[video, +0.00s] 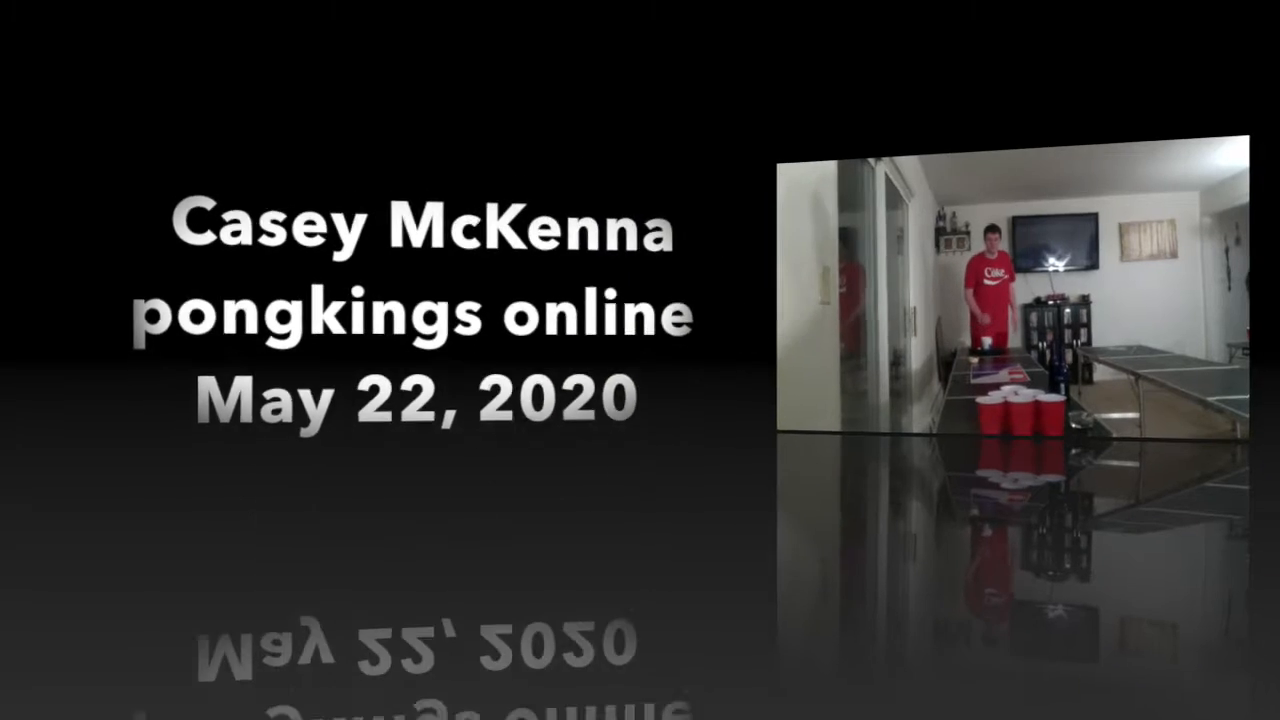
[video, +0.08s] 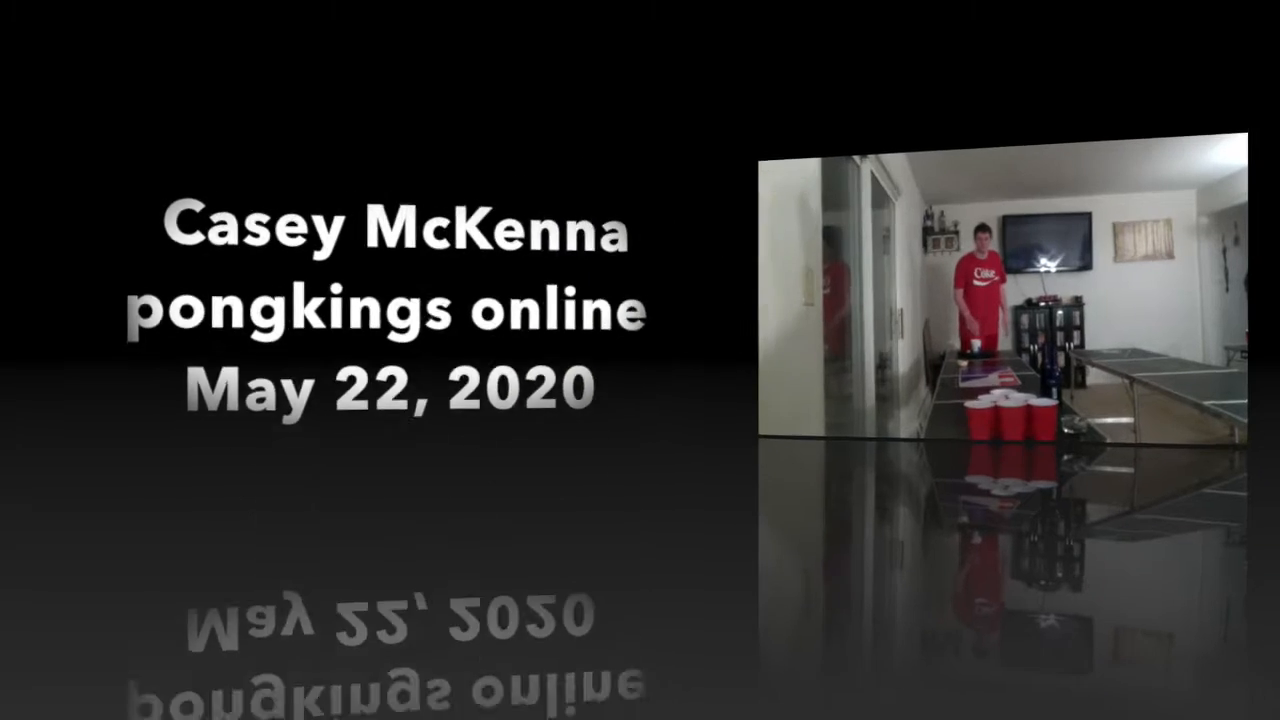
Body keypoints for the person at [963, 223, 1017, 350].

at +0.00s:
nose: (993, 243)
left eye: (996, 240)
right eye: (989, 240)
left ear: (1000, 240)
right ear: (984, 241)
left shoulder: (1005, 258)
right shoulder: (975, 262)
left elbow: (1010, 286)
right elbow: (968, 293)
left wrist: (1014, 312)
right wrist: (979, 315)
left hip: (1001, 319)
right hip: (982, 320)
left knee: (1001, 359)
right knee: (981, 359)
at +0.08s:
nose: (983, 243)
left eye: (986, 239)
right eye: (979, 239)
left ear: (990, 240)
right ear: (975, 241)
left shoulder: (996, 259)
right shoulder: (965, 262)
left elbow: (1001, 288)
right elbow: (958, 294)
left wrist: (1005, 313)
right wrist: (969, 319)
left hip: (991, 323)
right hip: (971, 324)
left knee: (991, 364)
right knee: (971, 365)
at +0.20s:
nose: (962, 242)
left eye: (966, 238)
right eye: (959, 238)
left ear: (970, 240)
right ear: (953, 240)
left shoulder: (976, 260)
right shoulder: (943, 263)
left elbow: (982, 291)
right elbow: (937, 298)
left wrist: (987, 320)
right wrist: (947, 325)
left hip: (971, 328)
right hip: (950, 329)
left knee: (971, 371)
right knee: (952, 372)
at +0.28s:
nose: (945, 242)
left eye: (949, 238)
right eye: (941, 238)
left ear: (954, 240)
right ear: (936, 240)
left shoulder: (960, 261)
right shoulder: (924, 263)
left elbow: (966, 294)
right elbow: (919, 300)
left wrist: (971, 325)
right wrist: (929, 331)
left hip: (955, 332)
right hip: (933, 333)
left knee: (954, 378)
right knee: (934, 378)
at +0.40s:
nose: (914, 241)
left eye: (918, 236)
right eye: (909, 236)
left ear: (923, 239)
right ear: (903, 238)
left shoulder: (931, 262)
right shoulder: (891, 265)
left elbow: (938, 299)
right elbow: (886, 306)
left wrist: (943, 332)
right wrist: (898, 340)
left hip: (925, 340)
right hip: (900, 342)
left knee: (924, 391)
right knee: (902, 391)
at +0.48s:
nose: (889, 240)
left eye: (894, 235)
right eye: (885, 235)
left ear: (899, 238)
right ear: (878, 238)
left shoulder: (908, 263)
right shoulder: (866, 266)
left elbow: (916, 302)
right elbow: (861, 312)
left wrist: (921, 337)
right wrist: (873, 348)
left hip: (903, 348)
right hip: (876, 350)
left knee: (902, 401)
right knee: (877, 403)